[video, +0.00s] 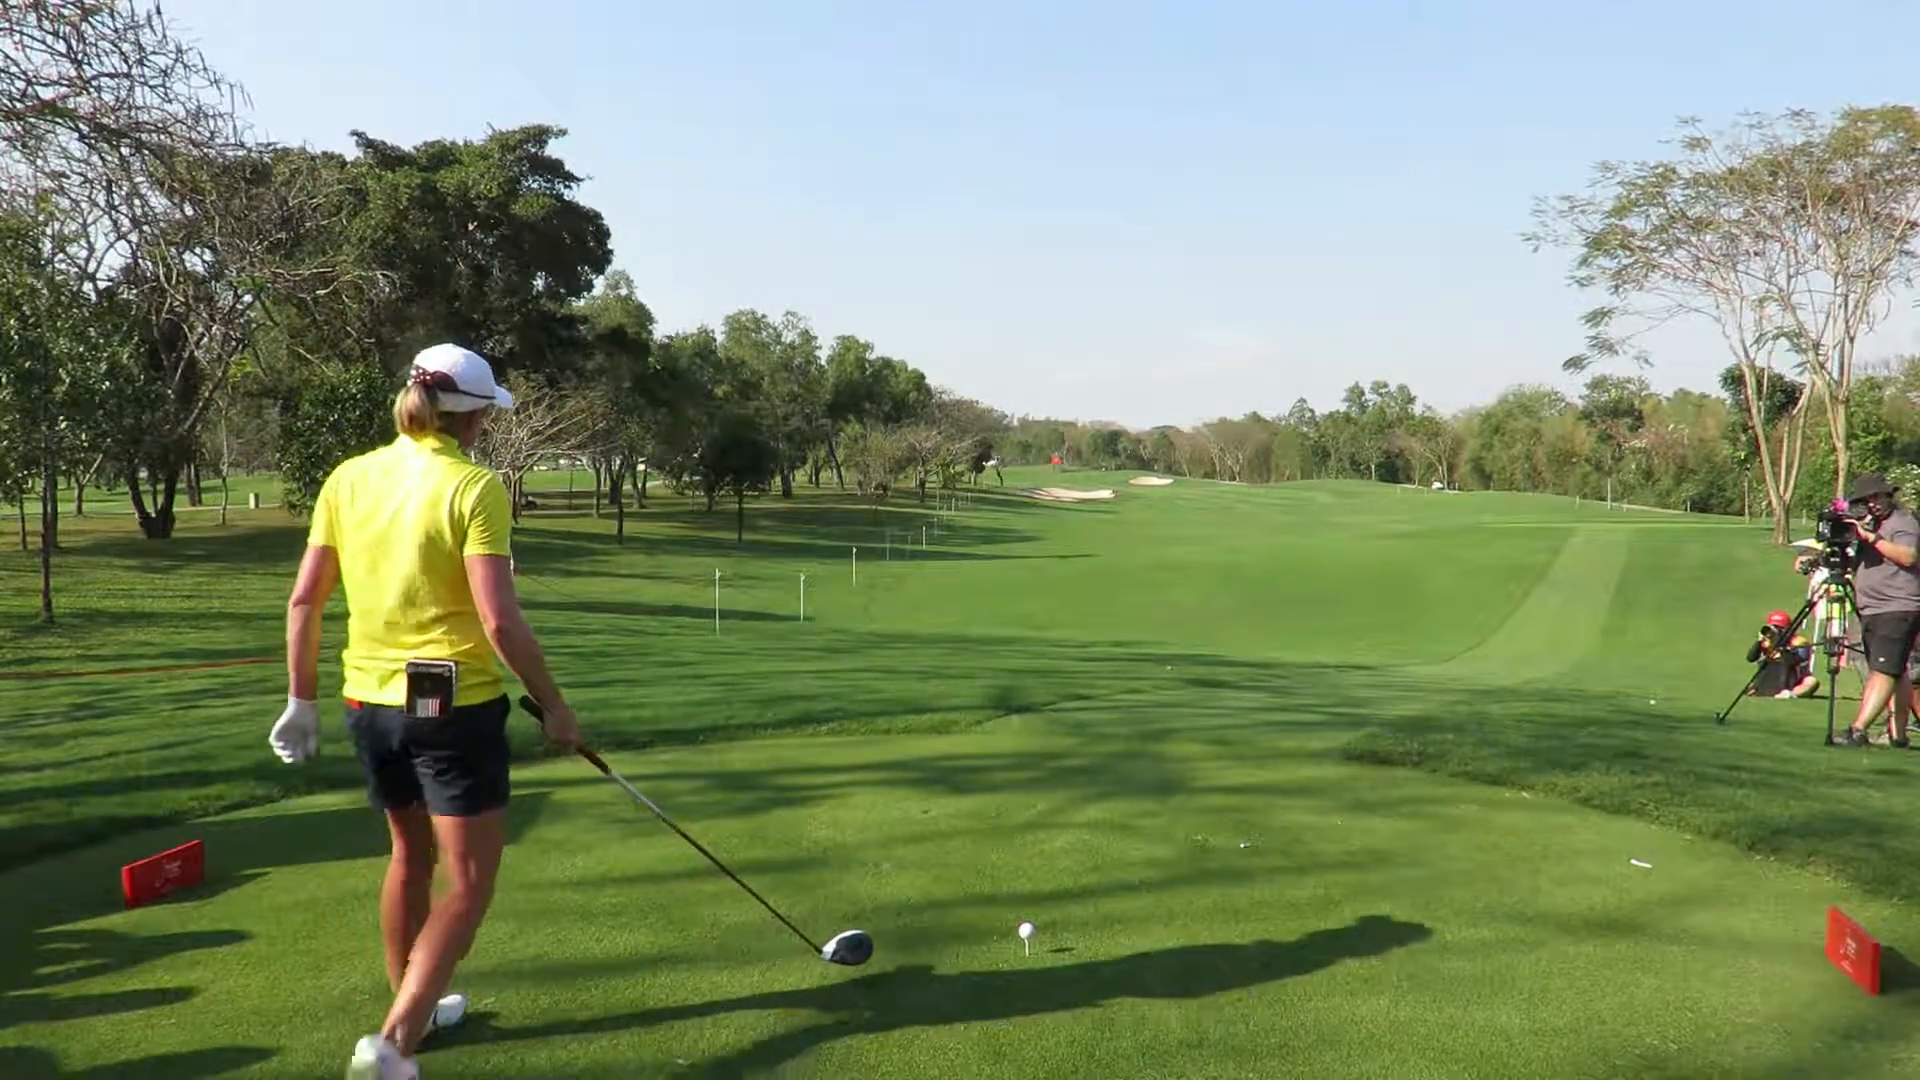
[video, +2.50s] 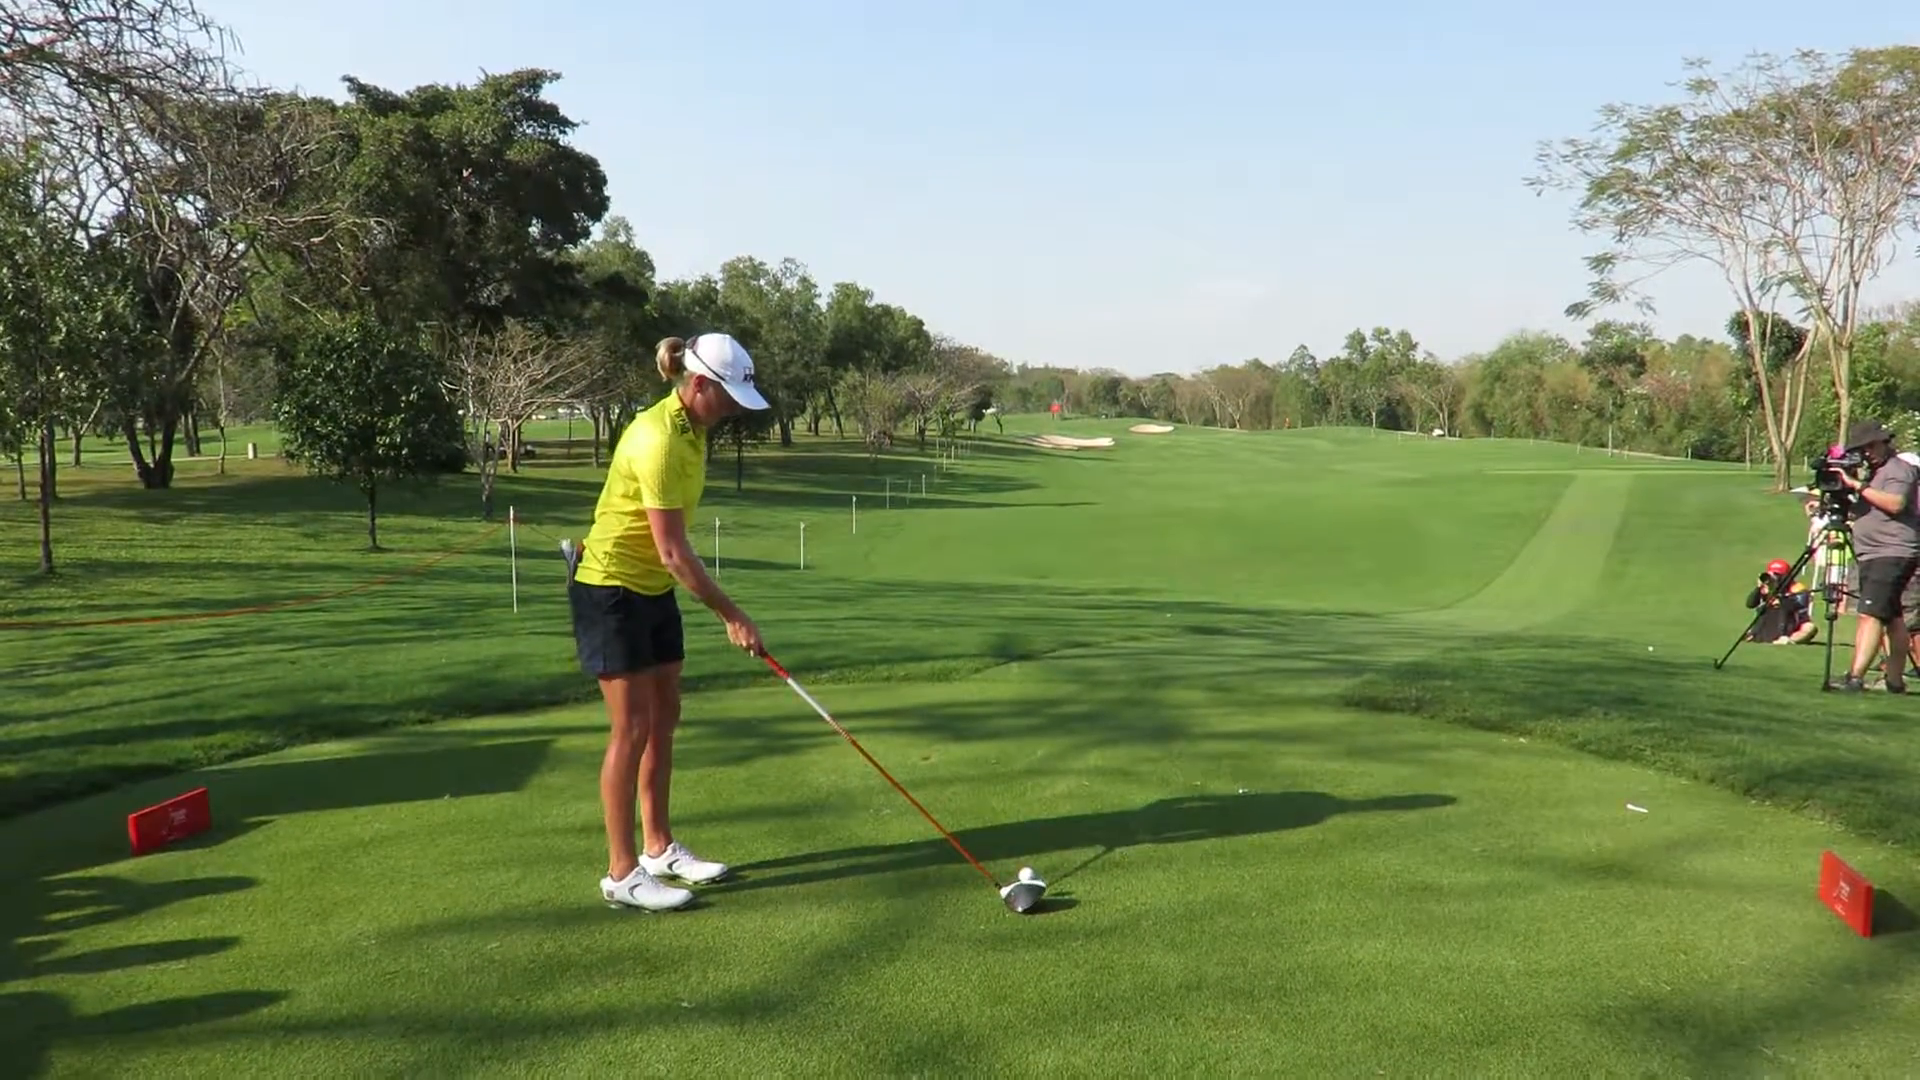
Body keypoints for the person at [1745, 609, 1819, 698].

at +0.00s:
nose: (1774, 632)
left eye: (1778, 629)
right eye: (1771, 629)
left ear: (1786, 629)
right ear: (1769, 628)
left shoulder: (1799, 642)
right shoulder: (1768, 642)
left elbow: (1800, 657)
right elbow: (1751, 658)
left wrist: (1783, 654)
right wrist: (1759, 642)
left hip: (1793, 679)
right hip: (1771, 677)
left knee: (1812, 681)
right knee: (1750, 688)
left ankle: (1791, 694)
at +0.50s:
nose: (1772, 634)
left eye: (1776, 630)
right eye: (1770, 630)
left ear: (1785, 630)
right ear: (1768, 629)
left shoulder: (1800, 642)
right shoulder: (1770, 642)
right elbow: (1751, 657)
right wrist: (1759, 641)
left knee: (1812, 680)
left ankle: (1792, 693)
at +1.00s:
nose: (1774, 630)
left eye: (1778, 626)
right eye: (1771, 626)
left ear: (1786, 626)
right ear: (1769, 626)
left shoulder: (1799, 638)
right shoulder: (1769, 638)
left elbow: (1799, 655)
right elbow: (1751, 654)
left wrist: (1783, 651)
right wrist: (1759, 638)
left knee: (1812, 677)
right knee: (1750, 685)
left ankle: (1791, 690)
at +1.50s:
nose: (1774, 609)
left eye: (1778, 605)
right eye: (1772, 605)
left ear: (1786, 605)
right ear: (1769, 604)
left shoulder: (1798, 618)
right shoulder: (1769, 616)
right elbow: (1750, 632)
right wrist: (1759, 617)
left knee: (1811, 655)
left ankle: (1792, 668)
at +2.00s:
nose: (1774, 590)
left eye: (1777, 586)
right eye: (1771, 586)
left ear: (1786, 586)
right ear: (1768, 586)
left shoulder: (1799, 599)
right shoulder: (1768, 598)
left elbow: (1799, 614)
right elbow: (1750, 614)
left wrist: (1781, 611)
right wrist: (1759, 599)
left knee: (1811, 637)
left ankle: (1790, 650)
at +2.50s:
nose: (1773, 581)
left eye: (1776, 577)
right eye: (1770, 577)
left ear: (1785, 577)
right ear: (1768, 576)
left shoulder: (1798, 589)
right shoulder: (1769, 588)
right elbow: (1750, 604)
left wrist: (1782, 602)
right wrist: (1759, 589)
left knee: (1810, 627)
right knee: (1748, 634)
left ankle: (1790, 640)